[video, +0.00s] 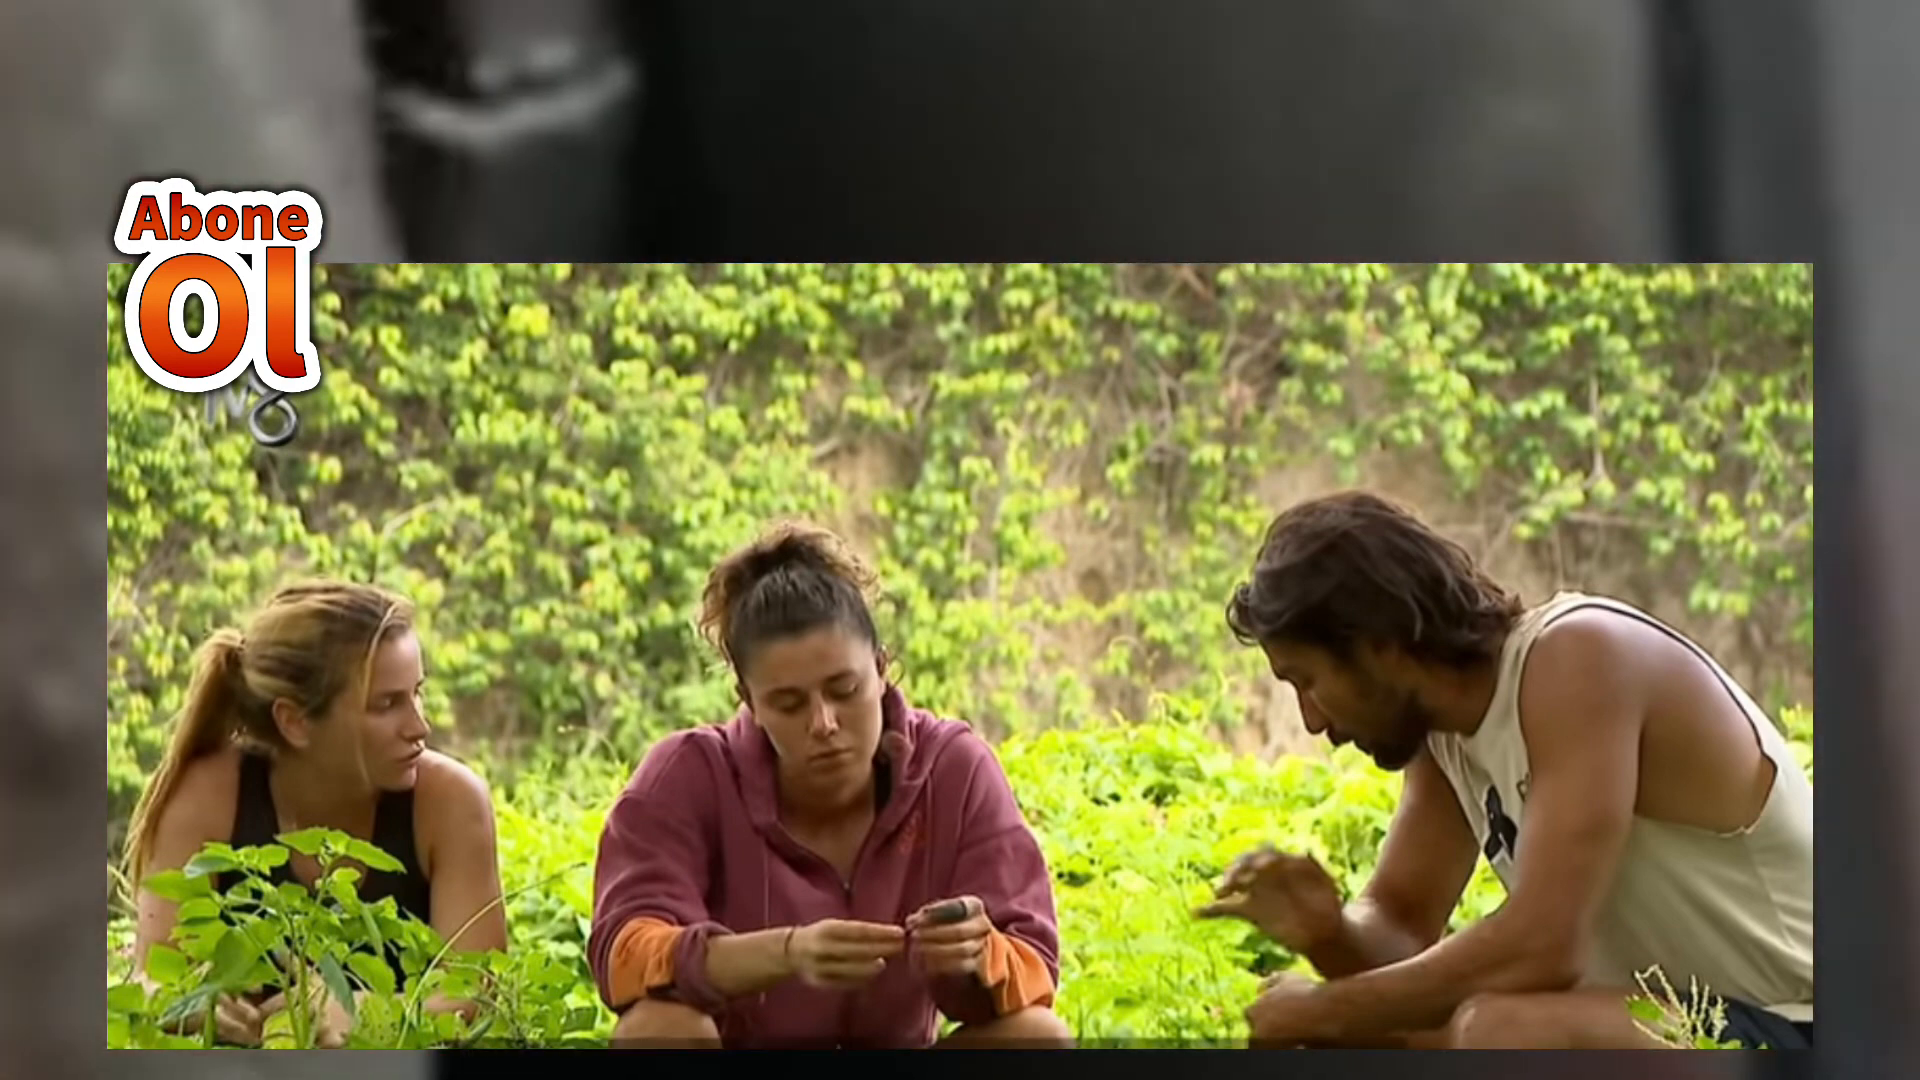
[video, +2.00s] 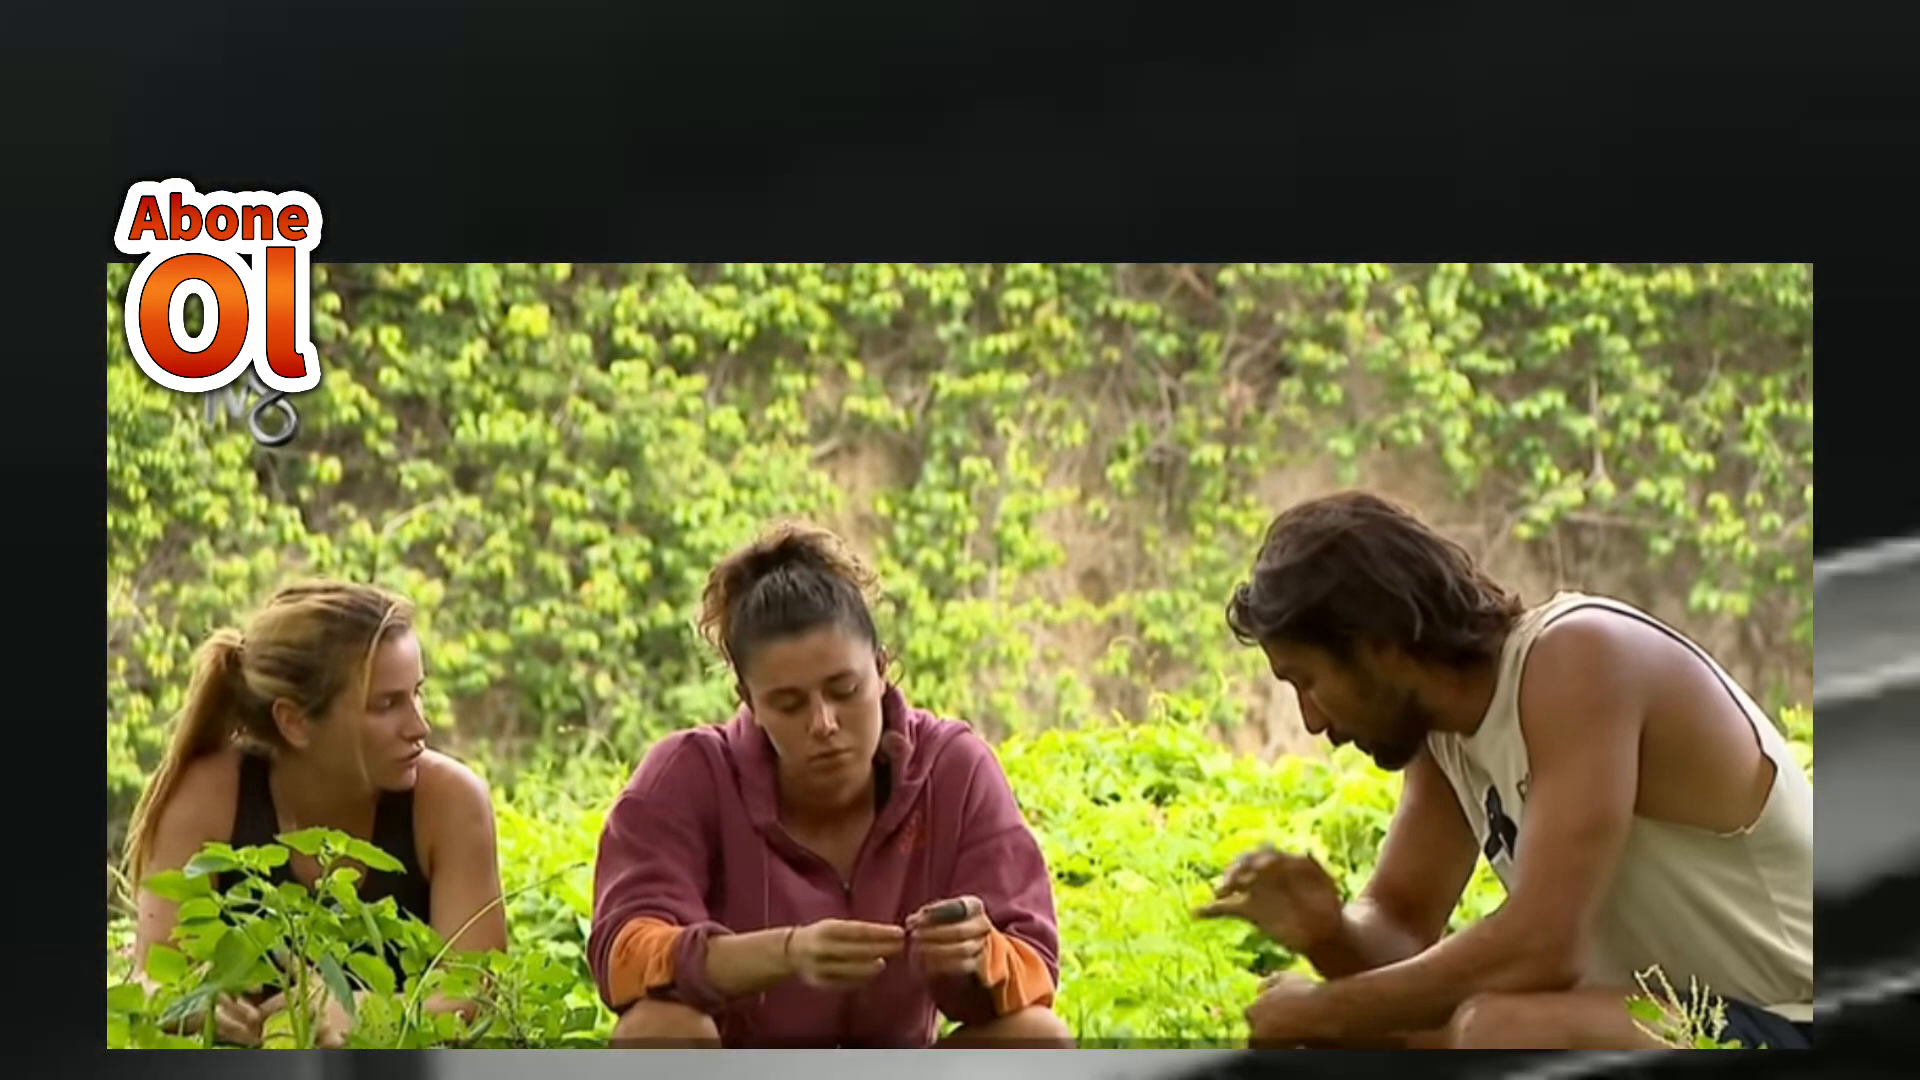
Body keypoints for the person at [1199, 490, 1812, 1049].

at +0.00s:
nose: (1310, 723)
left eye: (1306, 686)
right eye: (1295, 692)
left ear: (1385, 643)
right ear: (1385, 644)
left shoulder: (1584, 656)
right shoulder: (1451, 731)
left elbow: (1540, 950)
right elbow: (1403, 925)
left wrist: (1325, 1014)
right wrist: (1330, 933)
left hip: (1791, 1019)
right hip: (1661, 1006)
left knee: (1503, 1025)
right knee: (1379, 1027)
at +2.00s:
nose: (1310, 722)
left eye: (1305, 686)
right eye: (1295, 692)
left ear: (1384, 641)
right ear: (1384, 643)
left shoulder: (1584, 656)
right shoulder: (1451, 733)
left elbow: (1540, 950)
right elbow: (1402, 925)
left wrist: (1328, 1014)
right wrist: (1330, 933)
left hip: (1789, 1012)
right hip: (1653, 1003)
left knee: (1498, 1025)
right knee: (1378, 1028)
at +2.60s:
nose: (1310, 723)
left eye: (1305, 686)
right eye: (1295, 693)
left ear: (1385, 643)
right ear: (1385, 644)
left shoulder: (1584, 656)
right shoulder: (1451, 730)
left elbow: (1540, 950)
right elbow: (1402, 925)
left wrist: (1326, 1015)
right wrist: (1330, 934)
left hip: (1788, 1017)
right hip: (1652, 1002)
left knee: (1502, 1025)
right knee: (1380, 1024)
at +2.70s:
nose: (1310, 723)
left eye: (1305, 686)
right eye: (1295, 693)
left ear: (1385, 643)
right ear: (1385, 645)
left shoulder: (1584, 656)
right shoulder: (1451, 730)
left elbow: (1540, 950)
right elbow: (1402, 926)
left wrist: (1326, 1015)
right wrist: (1330, 934)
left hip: (1788, 1017)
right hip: (1652, 1002)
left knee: (1502, 1025)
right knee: (1380, 1024)